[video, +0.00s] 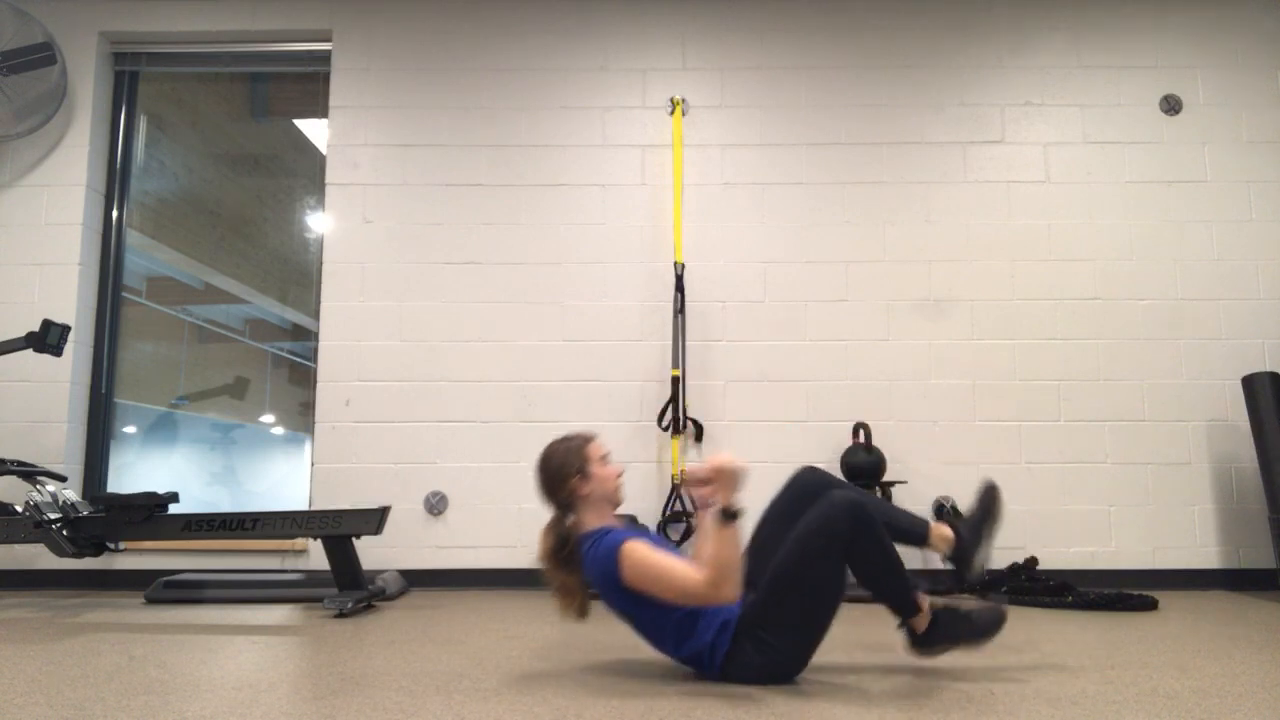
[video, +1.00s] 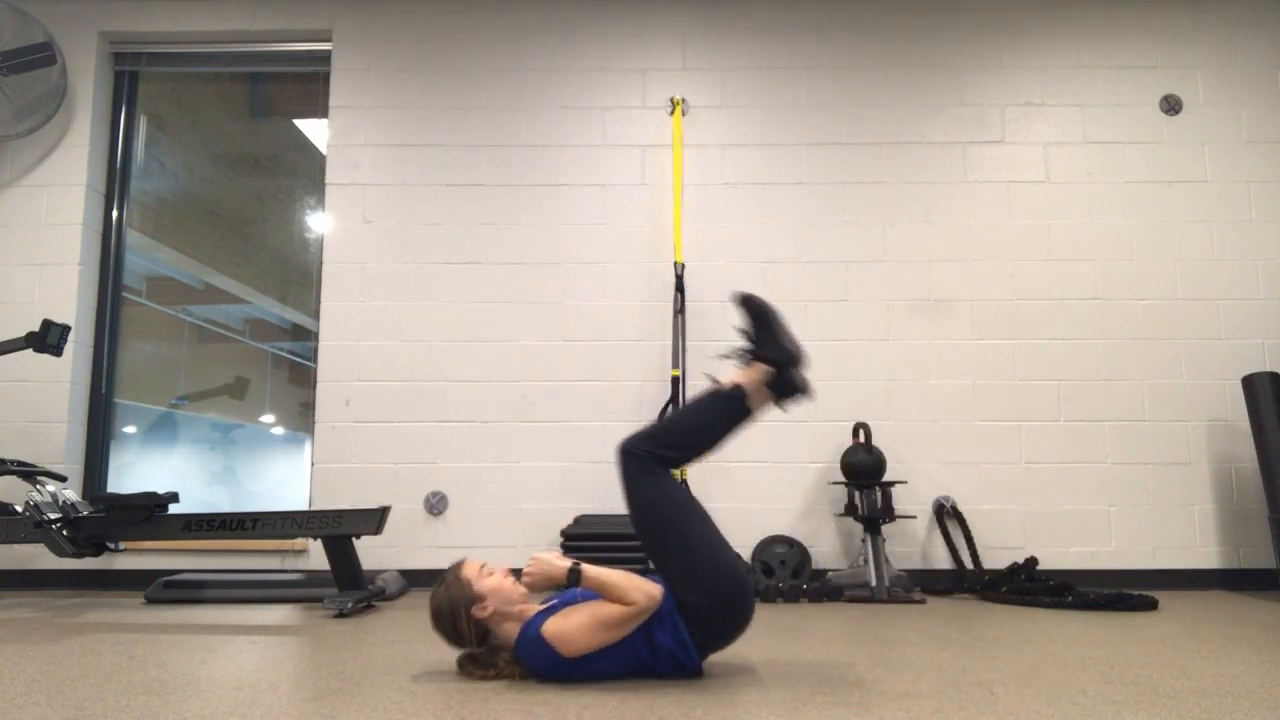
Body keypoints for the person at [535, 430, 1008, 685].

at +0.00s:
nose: (617, 467)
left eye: (609, 459)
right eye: (605, 463)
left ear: (582, 485)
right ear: (581, 484)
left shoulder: (608, 535)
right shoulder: (613, 547)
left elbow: (705, 579)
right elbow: (720, 588)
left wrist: (706, 510)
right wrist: (723, 506)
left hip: (741, 624)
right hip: (750, 649)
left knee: (811, 482)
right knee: (842, 508)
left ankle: (950, 537)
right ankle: (921, 624)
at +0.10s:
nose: (589, 494)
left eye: (581, 486)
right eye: (576, 491)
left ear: (557, 517)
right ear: (554, 516)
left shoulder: (594, 558)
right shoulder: (596, 576)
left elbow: (689, 592)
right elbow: (701, 608)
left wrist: (677, 524)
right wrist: (682, 529)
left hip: (731, 625)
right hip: (746, 651)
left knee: (785, 474)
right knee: (809, 493)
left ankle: (926, 506)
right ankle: (934, 582)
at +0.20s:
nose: (562, 518)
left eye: (551, 511)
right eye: (548, 518)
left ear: (535, 547)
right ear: (531, 547)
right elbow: (683, 621)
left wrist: (633, 539)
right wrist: (648, 548)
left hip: (733, 624)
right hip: (743, 648)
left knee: (747, 466)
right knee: (753, 477)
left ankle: (875, 464)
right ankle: (910, 512)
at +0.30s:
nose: (536, 539)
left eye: (524, 535)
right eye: (520, 542)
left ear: (522, 567)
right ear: (511, 576)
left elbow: (661, 614)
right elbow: (670, 625)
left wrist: (610, 562)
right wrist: (618, 562)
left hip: (723, 624)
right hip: (735, 644)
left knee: (702, 466)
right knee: (703, 470)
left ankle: (824, 426)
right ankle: (853, 447)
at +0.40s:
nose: (514, 554)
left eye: (503, 551)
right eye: (499, 558)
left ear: (504, 587)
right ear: (493, 595)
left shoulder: (557, 610)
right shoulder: (555, 631)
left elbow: (651, 604)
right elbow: (654, 617)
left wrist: (591, 567)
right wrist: (593, 568)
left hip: (712, 613)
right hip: (721, 627)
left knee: (665, 461)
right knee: (665, 464)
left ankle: (776, 390)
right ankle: (797, 398)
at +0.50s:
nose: (500, 566)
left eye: (487, 565)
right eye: (484, 573)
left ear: (492, 605)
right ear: (484, 609)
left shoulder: (544, 615)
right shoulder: (546, 638)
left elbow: (644, 598)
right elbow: (652, 610)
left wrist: (578, 572)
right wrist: (578, 575)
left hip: (701, 604)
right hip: (714, 617)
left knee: (637, 461)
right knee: (634, 462)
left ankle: (743, 370)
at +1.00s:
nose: (502, 569)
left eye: (490, 566)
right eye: (487, 574)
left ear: (492, 607)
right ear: (482, 609)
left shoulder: (542, 621)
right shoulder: (542, 640)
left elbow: (641, 598)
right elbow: (646, 597)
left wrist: (570, 574)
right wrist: (571, 573)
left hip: (702, 604)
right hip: (708, 612)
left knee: (641, 454)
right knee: (639, 455)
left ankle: (766, 381)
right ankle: (766, 374)